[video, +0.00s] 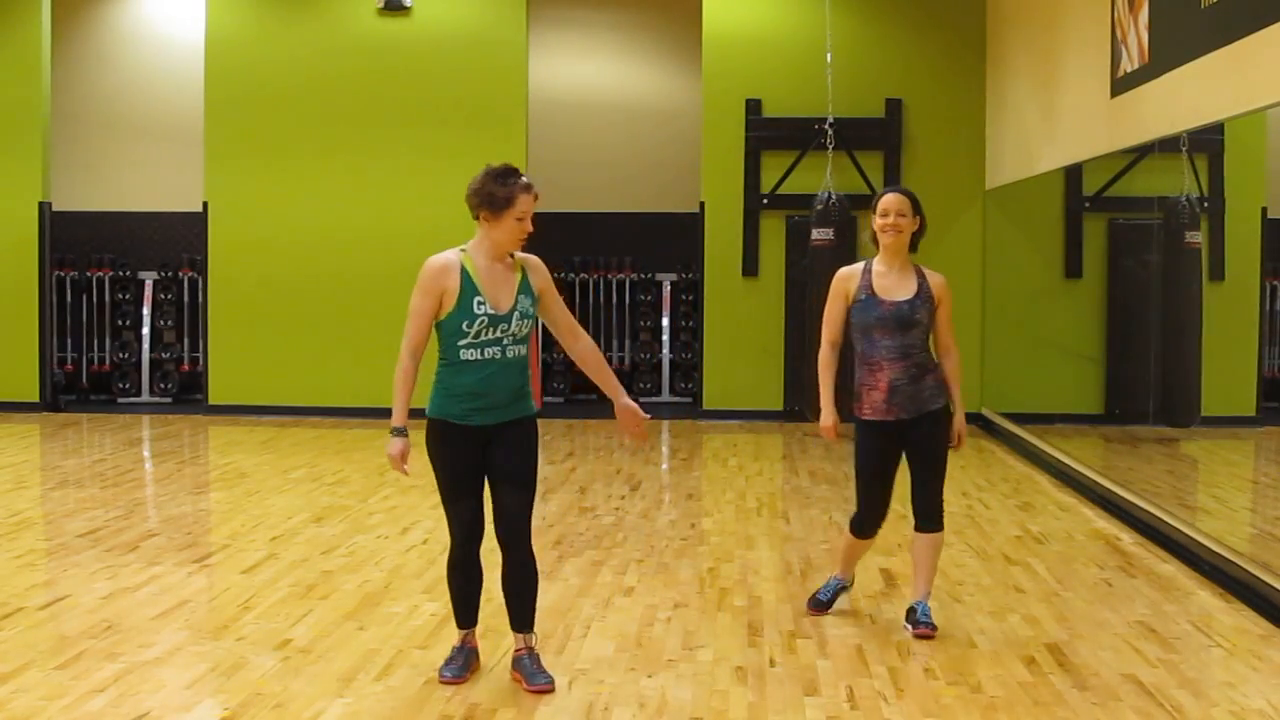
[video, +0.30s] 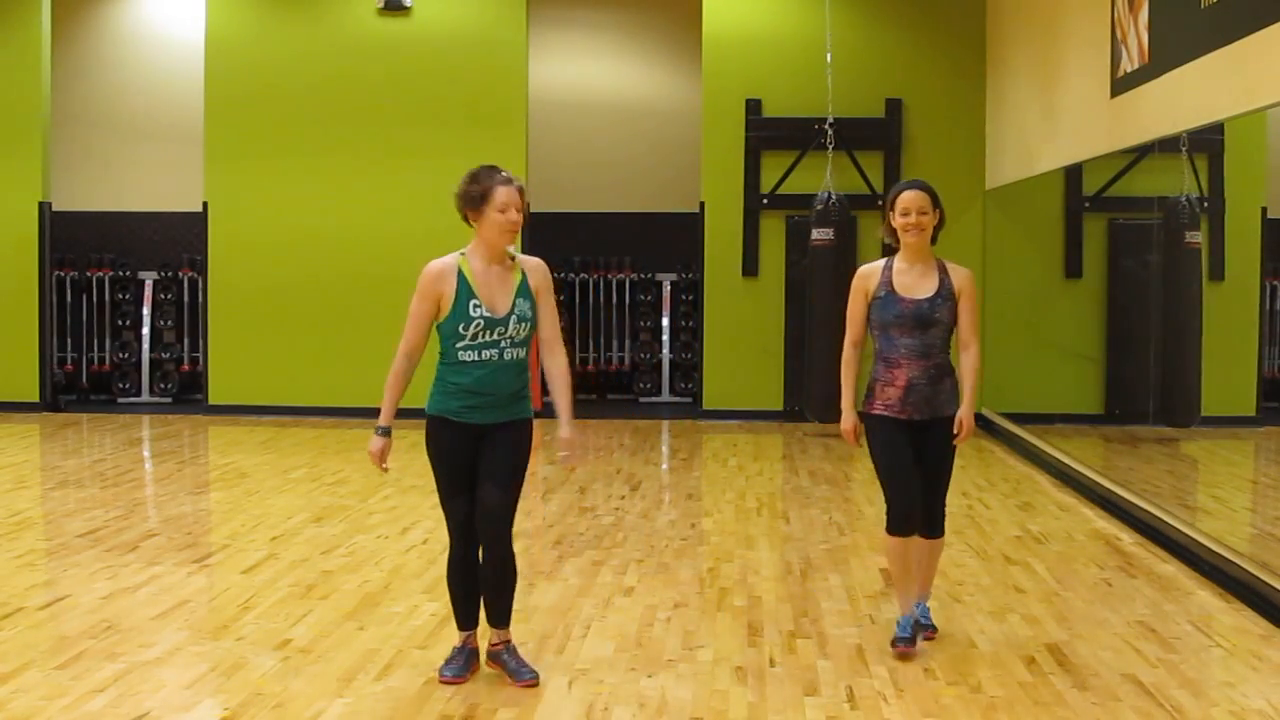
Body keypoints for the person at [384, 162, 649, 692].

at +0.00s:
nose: (529, 227)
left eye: (531, 218)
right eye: (522, 218)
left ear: (515, 218)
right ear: (488, 216)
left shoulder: (531, 271)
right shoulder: (442, 270)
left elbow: (574, 338)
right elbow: (410, 352)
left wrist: (620, 397)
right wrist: (399, 428)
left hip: (515, 425)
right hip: (454, 428)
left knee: (516, 538)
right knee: (465, 538)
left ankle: (524, 646)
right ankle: (466, 641)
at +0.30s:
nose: (516, 221)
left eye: (519, 211)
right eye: (505, 212)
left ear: (522, 214)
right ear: (474, 215)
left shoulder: (534, 274)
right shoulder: (440, 274)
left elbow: (552, 350)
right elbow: (407, 353)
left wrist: (565, 420)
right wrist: (383, 426)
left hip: (511, 424)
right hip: (451, 424)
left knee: (496, 531)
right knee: (462, 535)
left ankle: (501, 641)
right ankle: (467, 641)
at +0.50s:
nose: (505, 205)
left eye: (514, 198)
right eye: (494, 199)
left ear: (527, 212)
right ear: (477, 213)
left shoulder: (547, 277)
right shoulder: (451, 272)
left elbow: (543, 364)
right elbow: (423, 349)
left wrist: (508, 425)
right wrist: (402, 422)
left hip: (518, 420)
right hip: (456, 421)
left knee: (548, 531)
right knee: (466, 535)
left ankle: (565, 639)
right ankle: (467, 642)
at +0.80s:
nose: (537, 207)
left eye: (546, 200)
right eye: (526, 201)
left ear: (561, 214)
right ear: (510, 216)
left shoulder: (584, 274)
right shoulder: (493, 277)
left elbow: (599, 358)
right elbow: (478, 349)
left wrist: (553, 413)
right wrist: (442, 381)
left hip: (567, 425)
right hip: (503, 425)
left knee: (595, 538)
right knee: (485, 541)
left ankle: (619, 652)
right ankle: (475, 643)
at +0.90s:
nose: (545, 210)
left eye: (554, 202)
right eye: (534, 204)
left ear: (570, 215)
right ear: (520, 218)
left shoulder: (595, 274)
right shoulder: (507, 280)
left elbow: (616, 357)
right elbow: (484, 356)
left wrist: (588, 420)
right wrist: (457, 331)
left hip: (586, 425)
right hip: (523, 427)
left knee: (610, 539)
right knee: (486, 532)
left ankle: (621, 652)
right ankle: (492, 641)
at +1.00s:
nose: (549, 211)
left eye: (558, 203)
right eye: (538, 204)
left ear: (574, 213)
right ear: (525, 218)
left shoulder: (600, 271)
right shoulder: (514, 277)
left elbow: (625, 353)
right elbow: (466, 335)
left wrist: (627, 425)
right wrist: (467, 272)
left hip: (598, 426)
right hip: (535, 426)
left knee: (614, 541)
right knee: (486, 526)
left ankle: (622, 653)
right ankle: (491, 640)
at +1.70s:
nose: (581, 224)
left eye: (588, 214)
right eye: (570, 216)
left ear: (597, 218)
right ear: (546, 222)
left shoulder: (615, 278)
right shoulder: (524, 275)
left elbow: (625, 356)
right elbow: (472, 340)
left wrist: (629, 429)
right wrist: (466, 313)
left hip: (584, 432)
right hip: (524, 430)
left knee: (624, 535)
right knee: (498, 543)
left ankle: (638, 652)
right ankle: (456, 649)